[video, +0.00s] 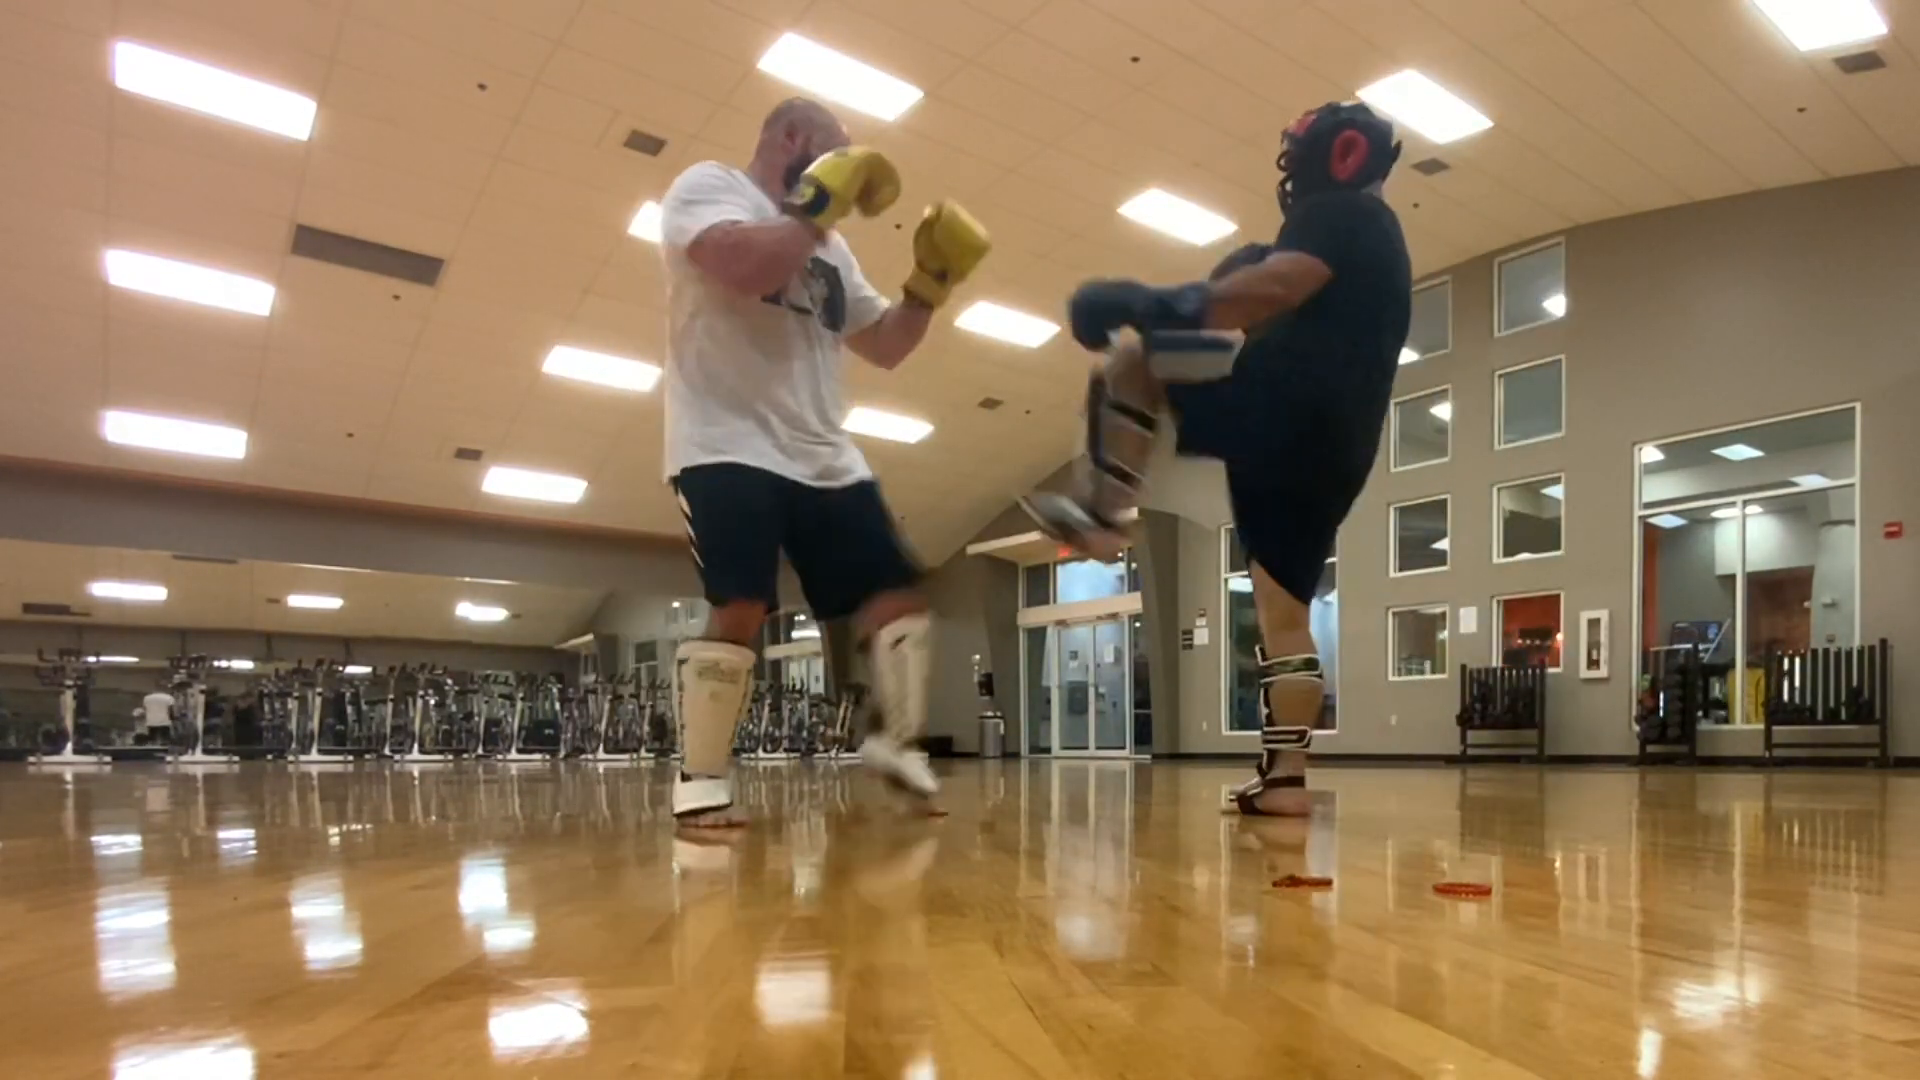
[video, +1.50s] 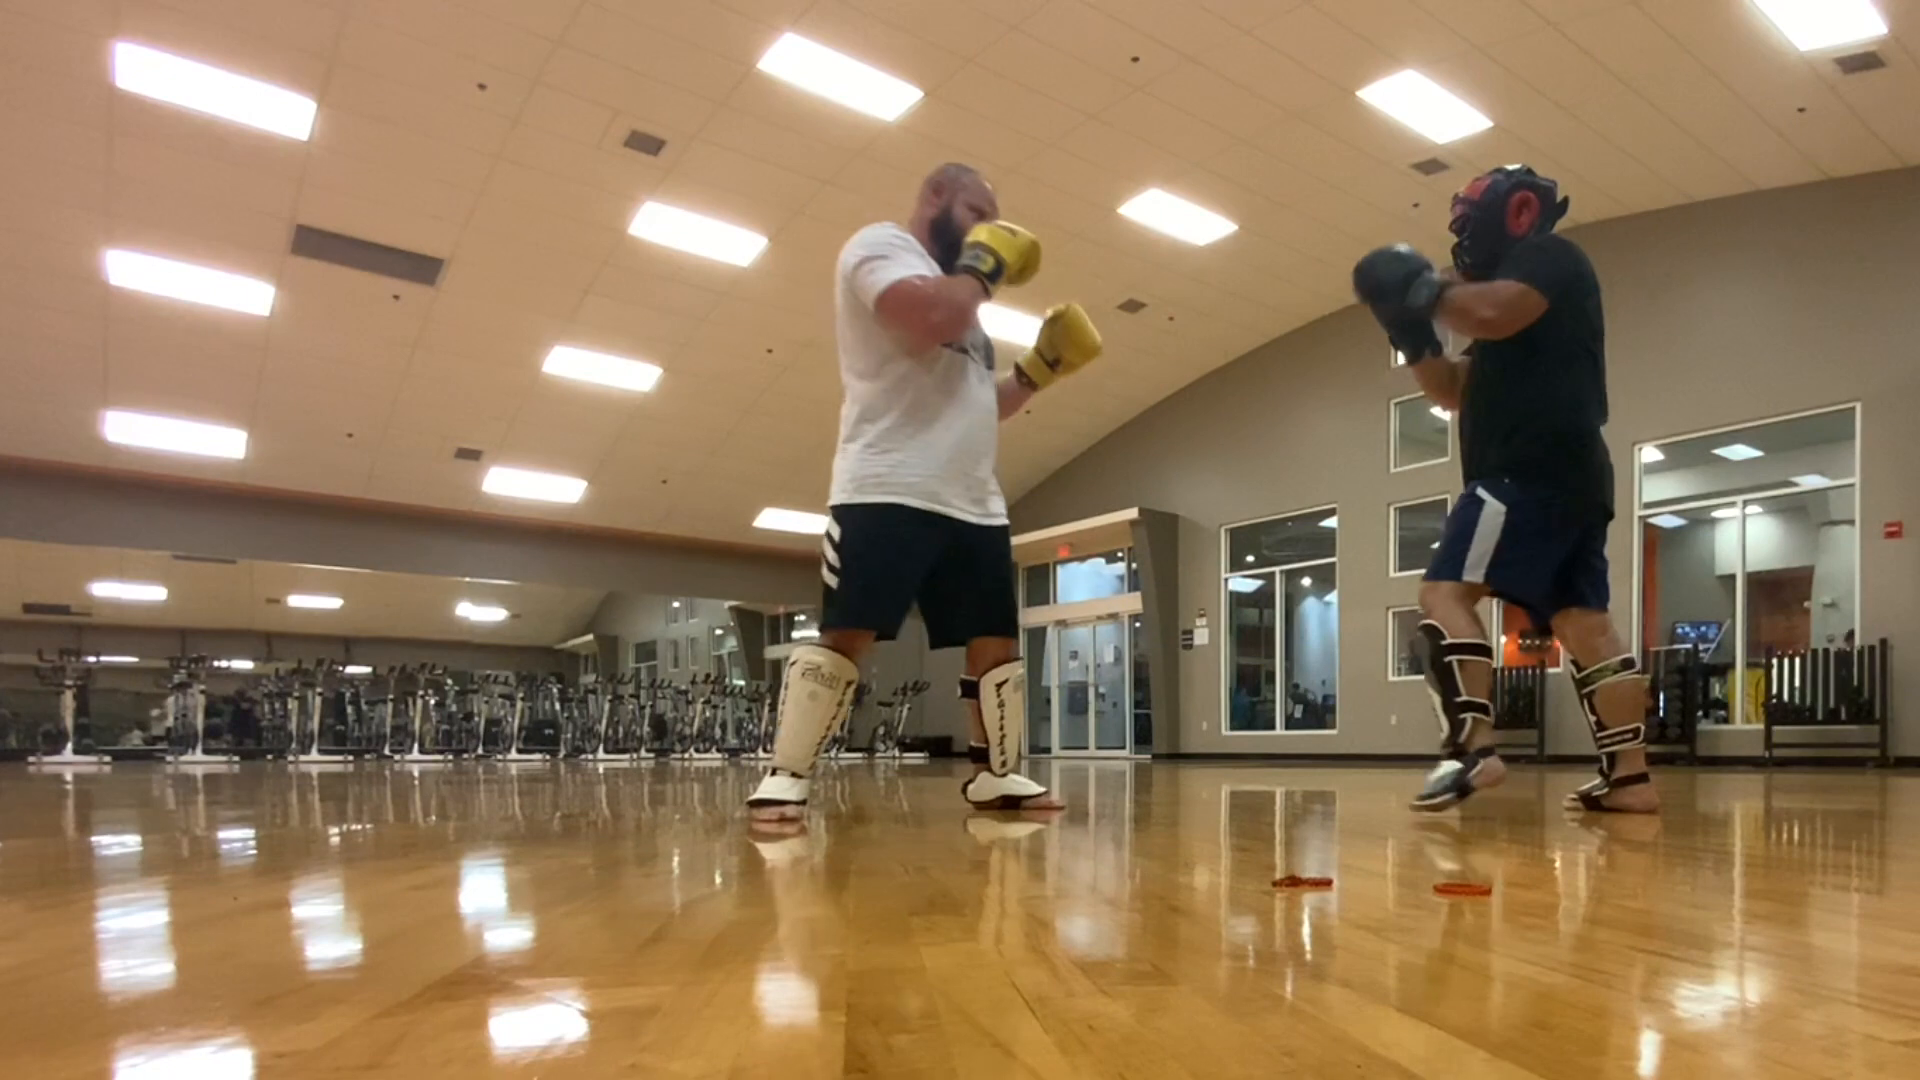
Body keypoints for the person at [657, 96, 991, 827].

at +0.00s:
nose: (833, 176)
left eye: (839, 167)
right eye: (830, 160)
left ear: (800, 148)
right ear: (785, 138)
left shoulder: (826, 249)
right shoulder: (709, 186)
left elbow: (885, 345)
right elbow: (744, 269)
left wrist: (926, 287)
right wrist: (820, 210)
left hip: (819, 445)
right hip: (727, 436)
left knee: (894, 590)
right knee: (743, 600)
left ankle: (896, 742)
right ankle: (702, 785)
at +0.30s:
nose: (821, 161)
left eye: (825, 149)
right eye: (812, 145)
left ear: (778, 137)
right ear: (762, 131)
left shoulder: (835, 226)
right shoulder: (696, 203)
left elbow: (905, 299)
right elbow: (747, 259)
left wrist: (973, 331)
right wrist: (824, 189)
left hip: (858, 431)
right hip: (765, 448)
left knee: (1030, 433)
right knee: (757, 606)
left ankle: (990, 590)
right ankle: (707, 786)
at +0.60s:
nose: (899, 182)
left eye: (903, 170)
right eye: (887, 166)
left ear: (900, 173)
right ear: (838, 161)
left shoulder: (922, 257)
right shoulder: (783, 250)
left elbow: (986, 320)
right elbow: (783, 341)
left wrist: (1055, 304)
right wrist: (846, 254)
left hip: (941, 470)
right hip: (840, 469)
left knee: (991, 613)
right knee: (799, 619)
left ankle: (1016, 776)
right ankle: (716, 778)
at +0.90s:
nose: (946, 189)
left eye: (950, 180)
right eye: (935, 175)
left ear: (909, 171)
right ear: (890, 164)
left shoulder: (962, 256)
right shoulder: (825, 229)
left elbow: (1047, 306)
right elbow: (831, 302)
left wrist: (1109, 291)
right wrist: (909, 238)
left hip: (951, 467)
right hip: (857, 456)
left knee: (974, 617)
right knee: (832, 608)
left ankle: (1014, 772)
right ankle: (776, 769)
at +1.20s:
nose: (937, 209)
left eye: (942, 198)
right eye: (930, 190)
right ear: (884, 167)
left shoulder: (927, 291)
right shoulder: (810, 230)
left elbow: (939, 380)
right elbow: (821, 316)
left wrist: (993, 372)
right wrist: (907, 261)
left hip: (934, 472)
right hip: (841, 470)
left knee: (999, 603)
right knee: (823, 623)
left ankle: (1033, 750)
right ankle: (783, 782)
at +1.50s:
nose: (986, 233)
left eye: (992, 226)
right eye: (978, 213)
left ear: (981, 233)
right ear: (935, 197)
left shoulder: (966, 310)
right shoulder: (880, 246)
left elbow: (977, 408)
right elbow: (926, 322)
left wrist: (1037, 369)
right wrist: (985, 261)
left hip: (973, 495)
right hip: (889, 481)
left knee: (993, 631)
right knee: (851, 628)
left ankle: (999, 775)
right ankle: (787, 777)